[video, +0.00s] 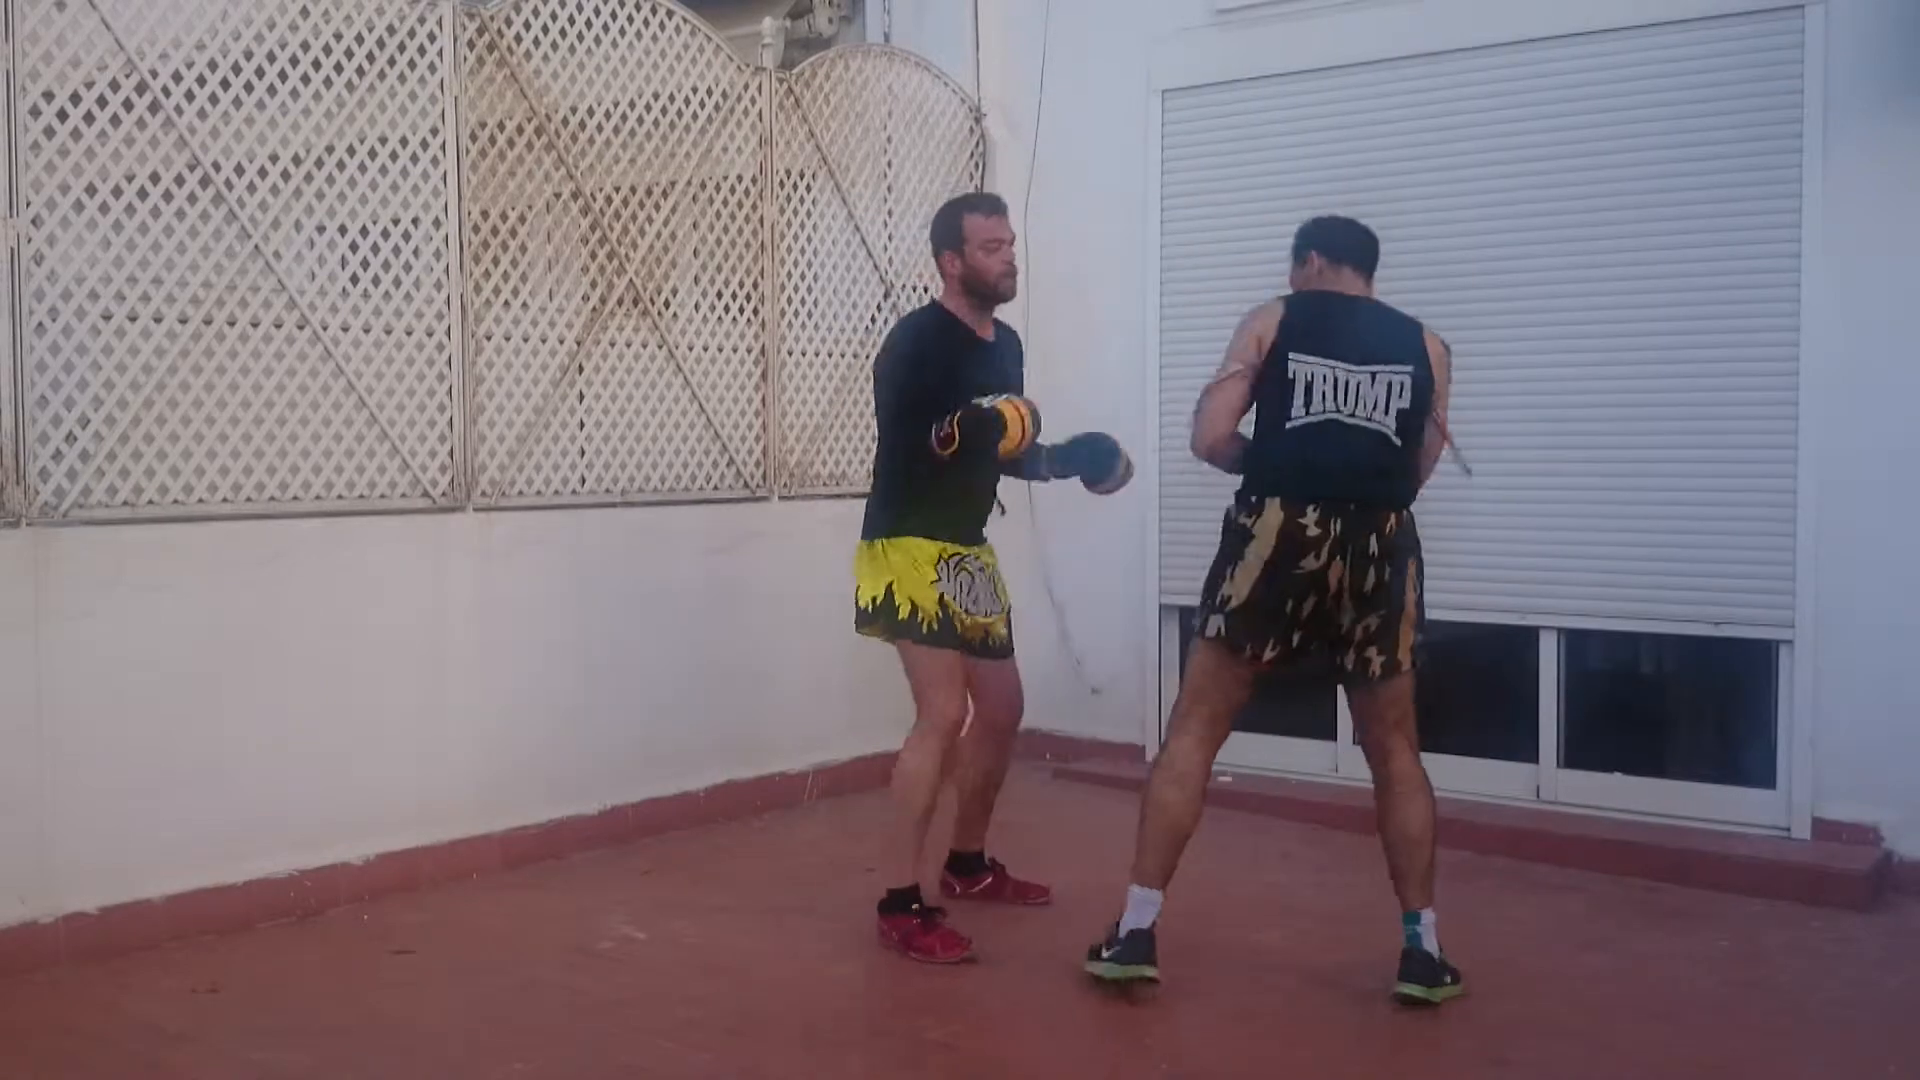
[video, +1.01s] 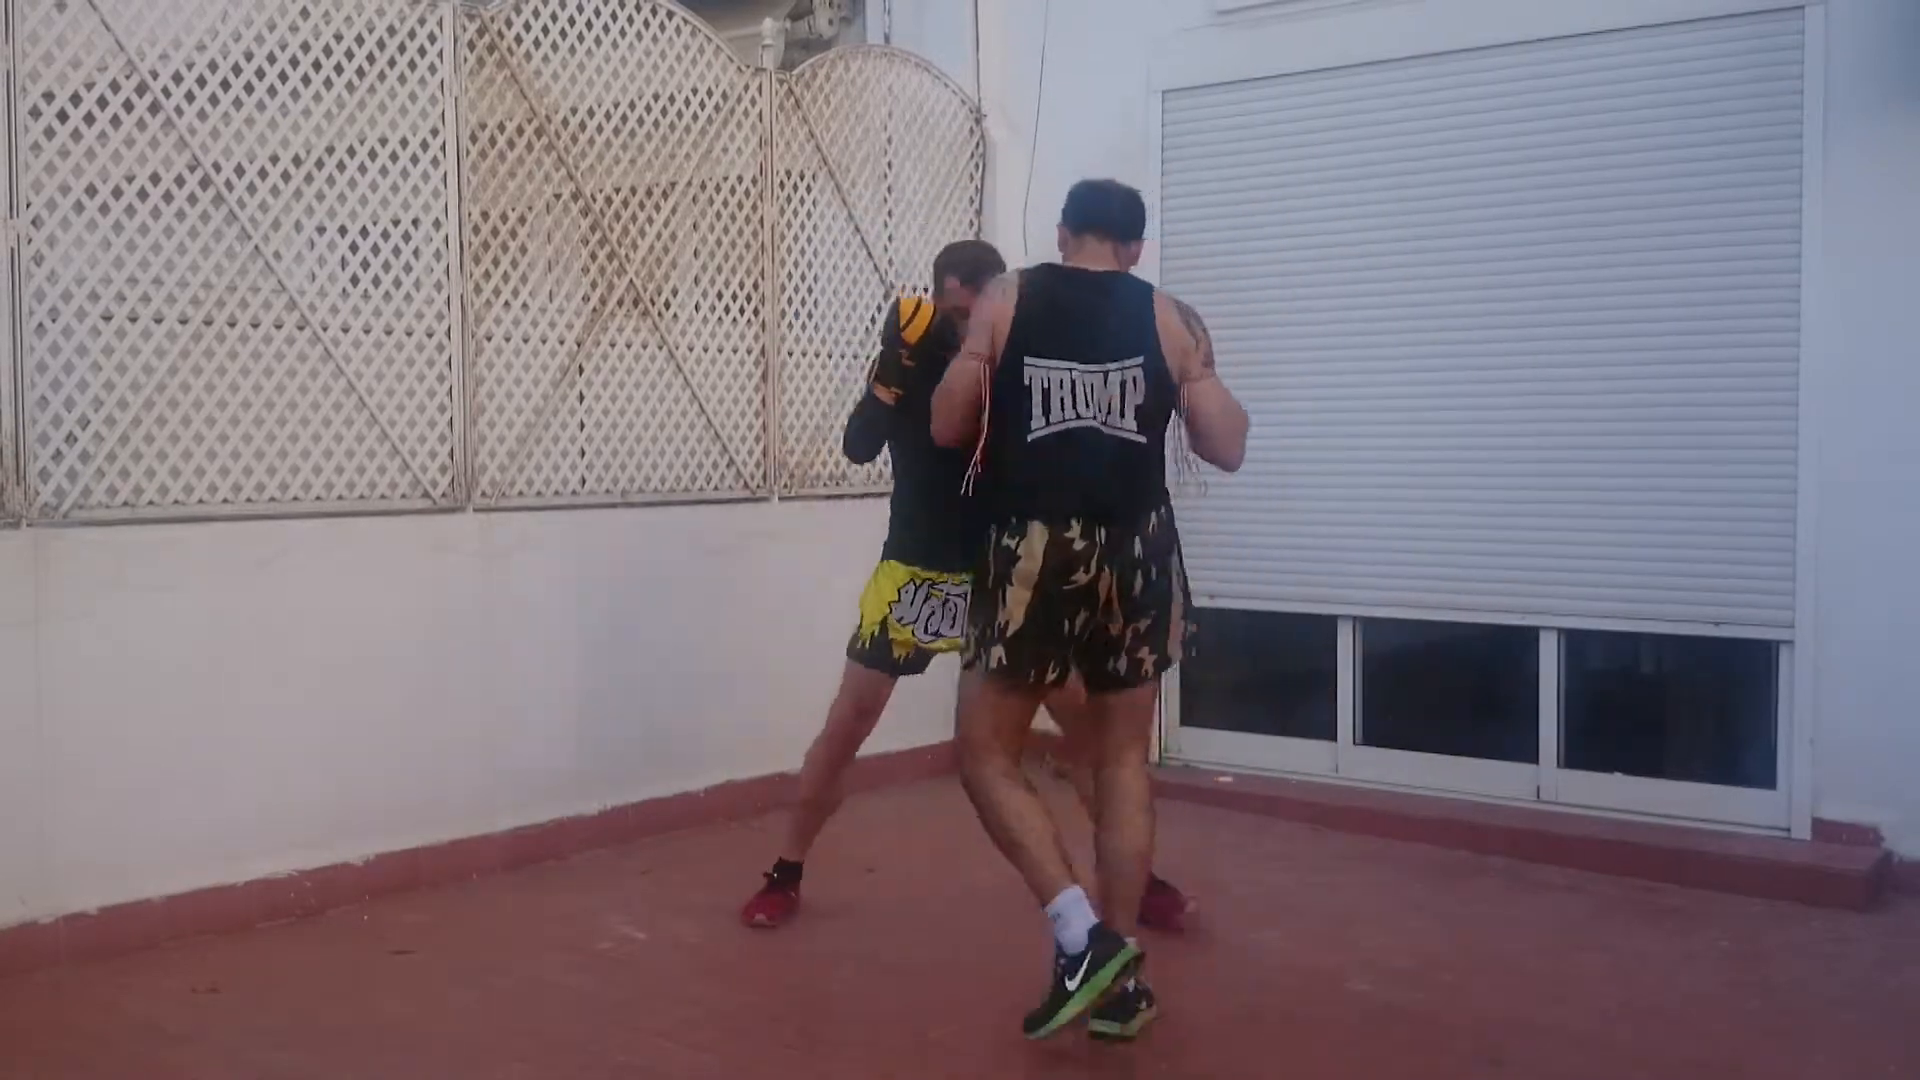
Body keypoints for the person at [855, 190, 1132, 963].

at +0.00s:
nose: (1009, 258)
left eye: (1011, 246)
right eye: (992, 248)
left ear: (1008, 254)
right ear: (949, 261)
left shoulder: (1004, 345)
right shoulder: (914, 340)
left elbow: (1000, 449)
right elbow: (908, 447)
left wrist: (1072, 457)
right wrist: (983, 422)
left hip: (966, 549)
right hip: (906, 547)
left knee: (1000, 710)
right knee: (942, 712)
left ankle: (965, 864)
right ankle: (907, 901)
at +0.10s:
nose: (994, 269)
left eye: (999, 256)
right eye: (981, 255)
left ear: (996, 259)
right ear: (935, 257)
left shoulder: (987, 348)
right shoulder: (893, 334)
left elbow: (1035, 436)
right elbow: (893, 439)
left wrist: (1091, 398)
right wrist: (952, 396)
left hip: (959, 542)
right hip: (894, 540)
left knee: (991, 705)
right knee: (909, 709)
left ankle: (967, 864)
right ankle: (823, 860)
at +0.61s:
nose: (897, 281)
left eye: (907, 270)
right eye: (884, 268)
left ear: (916, 266)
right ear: (847, 261)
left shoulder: (918, 332)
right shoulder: (804, 333)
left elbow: (982, 421)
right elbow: (805, 420)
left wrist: (1013, 355)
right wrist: (851, 339)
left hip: (909, 544)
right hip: (827, 545)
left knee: (967, 702)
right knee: (808, 720)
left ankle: (996, 876)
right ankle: (765, 870)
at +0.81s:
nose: (928, 287)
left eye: (932, 276)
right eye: (920, 274)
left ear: (928, 272)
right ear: (881, 262)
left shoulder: (944, 339)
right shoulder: (824, 334)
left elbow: (1015, 412)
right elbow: (801, 417)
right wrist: (844, 346)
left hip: (943, 545)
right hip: (853, 549)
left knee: (1021, 696)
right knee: (810, 722)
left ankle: (1058, 862)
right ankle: (767, 868)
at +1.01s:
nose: (987, 310)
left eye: (994, 298)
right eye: (974, 298)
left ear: (1003, 295)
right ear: (942, 294)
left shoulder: (1023, 353)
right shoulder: (912, 349)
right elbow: (860, 447)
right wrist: (895, 366)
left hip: (1012, 563)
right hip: (918, 561)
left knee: (1089, 723)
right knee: (850, 719)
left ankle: (1132, 876)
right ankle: (787, 869)